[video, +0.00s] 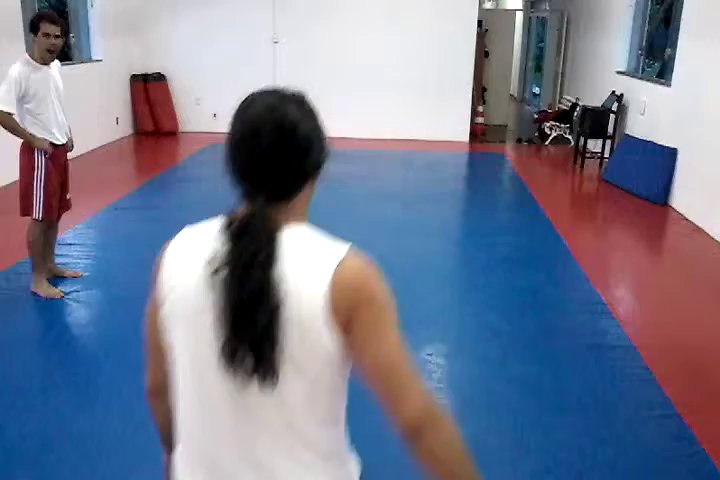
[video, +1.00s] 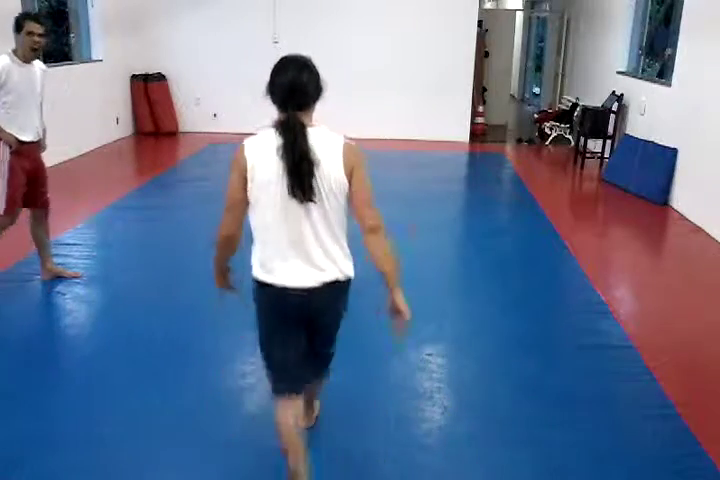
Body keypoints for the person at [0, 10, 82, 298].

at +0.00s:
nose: (53, 42)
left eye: (58, 37)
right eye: (48, 36)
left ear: (63, 40)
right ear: (34, 36)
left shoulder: (55, 67)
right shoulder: (18, 71)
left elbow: (56, 106)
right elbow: (4, 116)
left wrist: (67, 132)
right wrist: (32, 140)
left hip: (59, 148)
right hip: (38, 150)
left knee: (54, 213)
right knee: (41, 216)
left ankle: (49, 267)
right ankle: (38, 280)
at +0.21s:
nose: (56, 41)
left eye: (62, 37)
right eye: (51, 35)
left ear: (66, 40)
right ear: (38, 36)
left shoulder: (58, 68)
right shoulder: (22, 69)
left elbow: (56, 106)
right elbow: (4, 110)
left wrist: (68, 131)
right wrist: (31, 136)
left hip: (59, 147)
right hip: (38, 148)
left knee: (55, 212)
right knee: (41, 216)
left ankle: (50, 266)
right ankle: (40, 280)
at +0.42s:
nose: (59, 41)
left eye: (63, 36)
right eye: (54, 35)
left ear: (67, 40)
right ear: (40, 36)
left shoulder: (60, 68)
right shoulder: (23, 67)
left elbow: (58, 104)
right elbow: (2, 105)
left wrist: (65, 132)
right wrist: (27, 133)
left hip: (56, 145)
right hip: (35, 147)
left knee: (54, 211)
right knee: (41, 214)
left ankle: (50, 266)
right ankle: (39, 279)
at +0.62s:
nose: (59, 41)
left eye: (63, 37)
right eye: (54, 35)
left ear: (67, 40)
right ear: (40, 37)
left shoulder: (60, 69)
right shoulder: (22, 65)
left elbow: (59, 107)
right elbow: (0, 101)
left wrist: (60, 137)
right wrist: (21, 131)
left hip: (50, 146)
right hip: (27, 146)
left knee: (50, 210)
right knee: (34, 212)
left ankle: (49, 267)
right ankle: (36, 277)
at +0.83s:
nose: (51, 42)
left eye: (56, 37)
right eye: (46, 35)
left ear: (59, 40)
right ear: (32, 35)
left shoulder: (52, 70)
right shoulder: (13, 66)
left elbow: (52, 107)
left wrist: (52, 138)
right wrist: (12, 130)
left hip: (42, 144)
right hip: (18, 144)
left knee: (45, 209)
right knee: (27, 212)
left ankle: (48, 266)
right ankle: (1, 265)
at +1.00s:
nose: (37, 41)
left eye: (41, 36)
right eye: (31, 35)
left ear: (45, 39)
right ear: (17, 37)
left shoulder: (40, 68)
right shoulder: (4, 66)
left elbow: (39, 105)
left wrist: (42, 133)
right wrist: (3, 132)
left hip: (33, 147)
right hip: (11, 149)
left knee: (40, 209)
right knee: (9, 215)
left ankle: (48, 266)